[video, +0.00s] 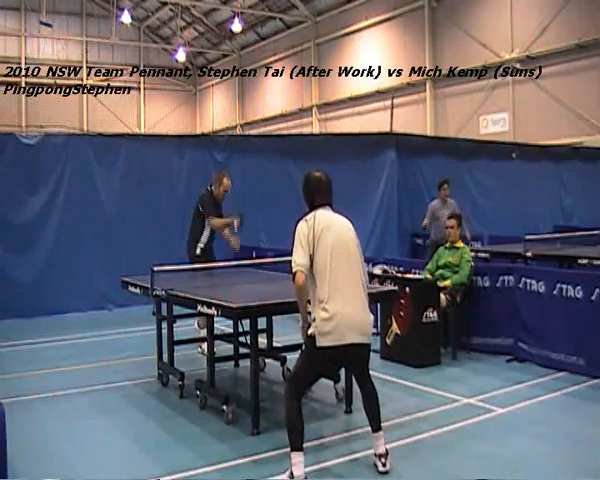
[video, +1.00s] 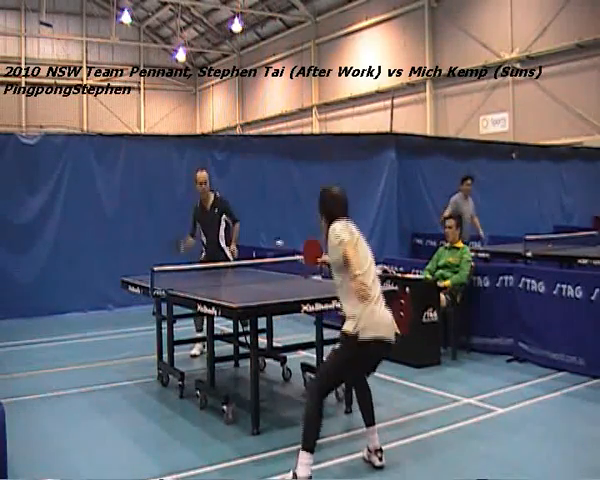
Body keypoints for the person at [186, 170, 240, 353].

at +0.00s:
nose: (225, 193)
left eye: (227, 189)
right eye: (224, 188)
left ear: (224, 187)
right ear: (216, 185)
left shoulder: (217, 200)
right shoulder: (206, 198)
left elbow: (219, 225)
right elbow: (214, 222)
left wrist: (230, 238)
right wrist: (232, 220)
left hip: (208, 249)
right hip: (198, 250)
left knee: (212, 286)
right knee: (206, 291)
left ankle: (202, 320)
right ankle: (204, 339)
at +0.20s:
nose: (227, 193)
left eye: (229, 190)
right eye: (225, 189)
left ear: (230, 191)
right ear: (218, 186)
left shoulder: (224, 204)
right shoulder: (206, 193)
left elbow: (222, 231)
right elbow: (189, 192)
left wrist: (222, 253)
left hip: (210, 251)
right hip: (197, 250)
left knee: (208, 291)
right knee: (198, 292)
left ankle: (202, 330)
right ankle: (195, 333)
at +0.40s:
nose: (222, 182)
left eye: (225, 179)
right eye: (220, 178)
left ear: (227, 181)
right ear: (214, 177)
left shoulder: (225, 201)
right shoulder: (205, 193)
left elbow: (225, 227)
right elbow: (183, 198)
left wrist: (224, 249)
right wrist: (186, 221)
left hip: (213, 248)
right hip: (199, 247)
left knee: (212, 286)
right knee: (198, 288)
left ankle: (206, 326)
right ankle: (198, 327)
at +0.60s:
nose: (214, 179)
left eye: (217, 176)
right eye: (211, 176)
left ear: (220, 177)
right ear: (206, 177)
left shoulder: (223, 198)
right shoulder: (199, 197)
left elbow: (227, 224)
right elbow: (181, 213)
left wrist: (227, 244)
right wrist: (185, 228)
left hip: (217, 252)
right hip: (201, 252)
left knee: (214, 292)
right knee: (202, 293)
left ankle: (210, 332)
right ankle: (207, 334)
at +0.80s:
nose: (207, 170)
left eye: (210, 167)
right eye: (204, 167)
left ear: (213, 167)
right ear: (200, 169)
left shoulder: (221, 189)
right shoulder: (196, 192)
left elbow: (229, 211)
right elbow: (186, 210)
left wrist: (230, 231)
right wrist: (180, 214)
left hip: (221, 239)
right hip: (204, 240)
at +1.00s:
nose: (202, 187)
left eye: (204, 183)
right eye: (199, 184)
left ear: (209, 184)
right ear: (195, 185)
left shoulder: (221, 203)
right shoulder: (198, 208)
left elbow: (235, 222)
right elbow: (194, 234)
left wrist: (233, 243)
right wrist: (186, 244)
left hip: (224, 257)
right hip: (207, 257)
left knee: (233, 295)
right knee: (199, 297)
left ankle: (249, 334)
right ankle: (199, 339)